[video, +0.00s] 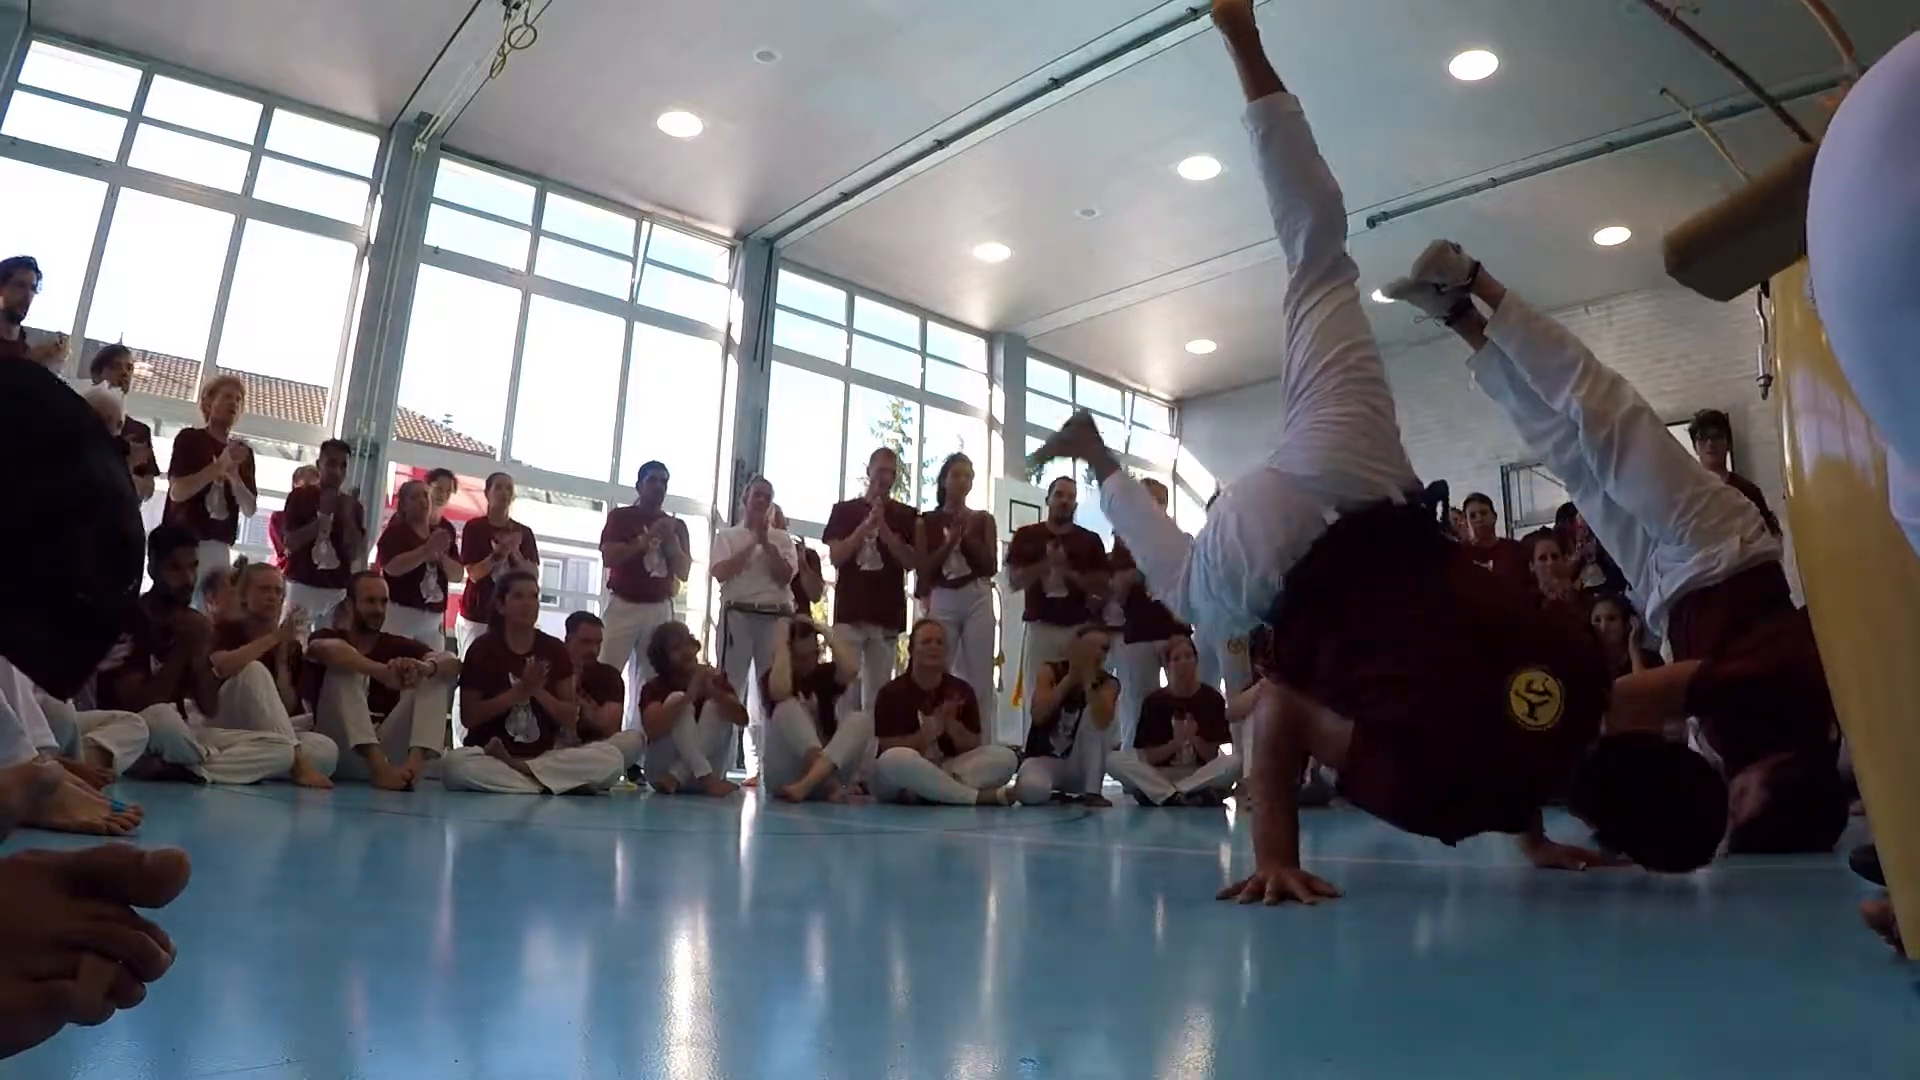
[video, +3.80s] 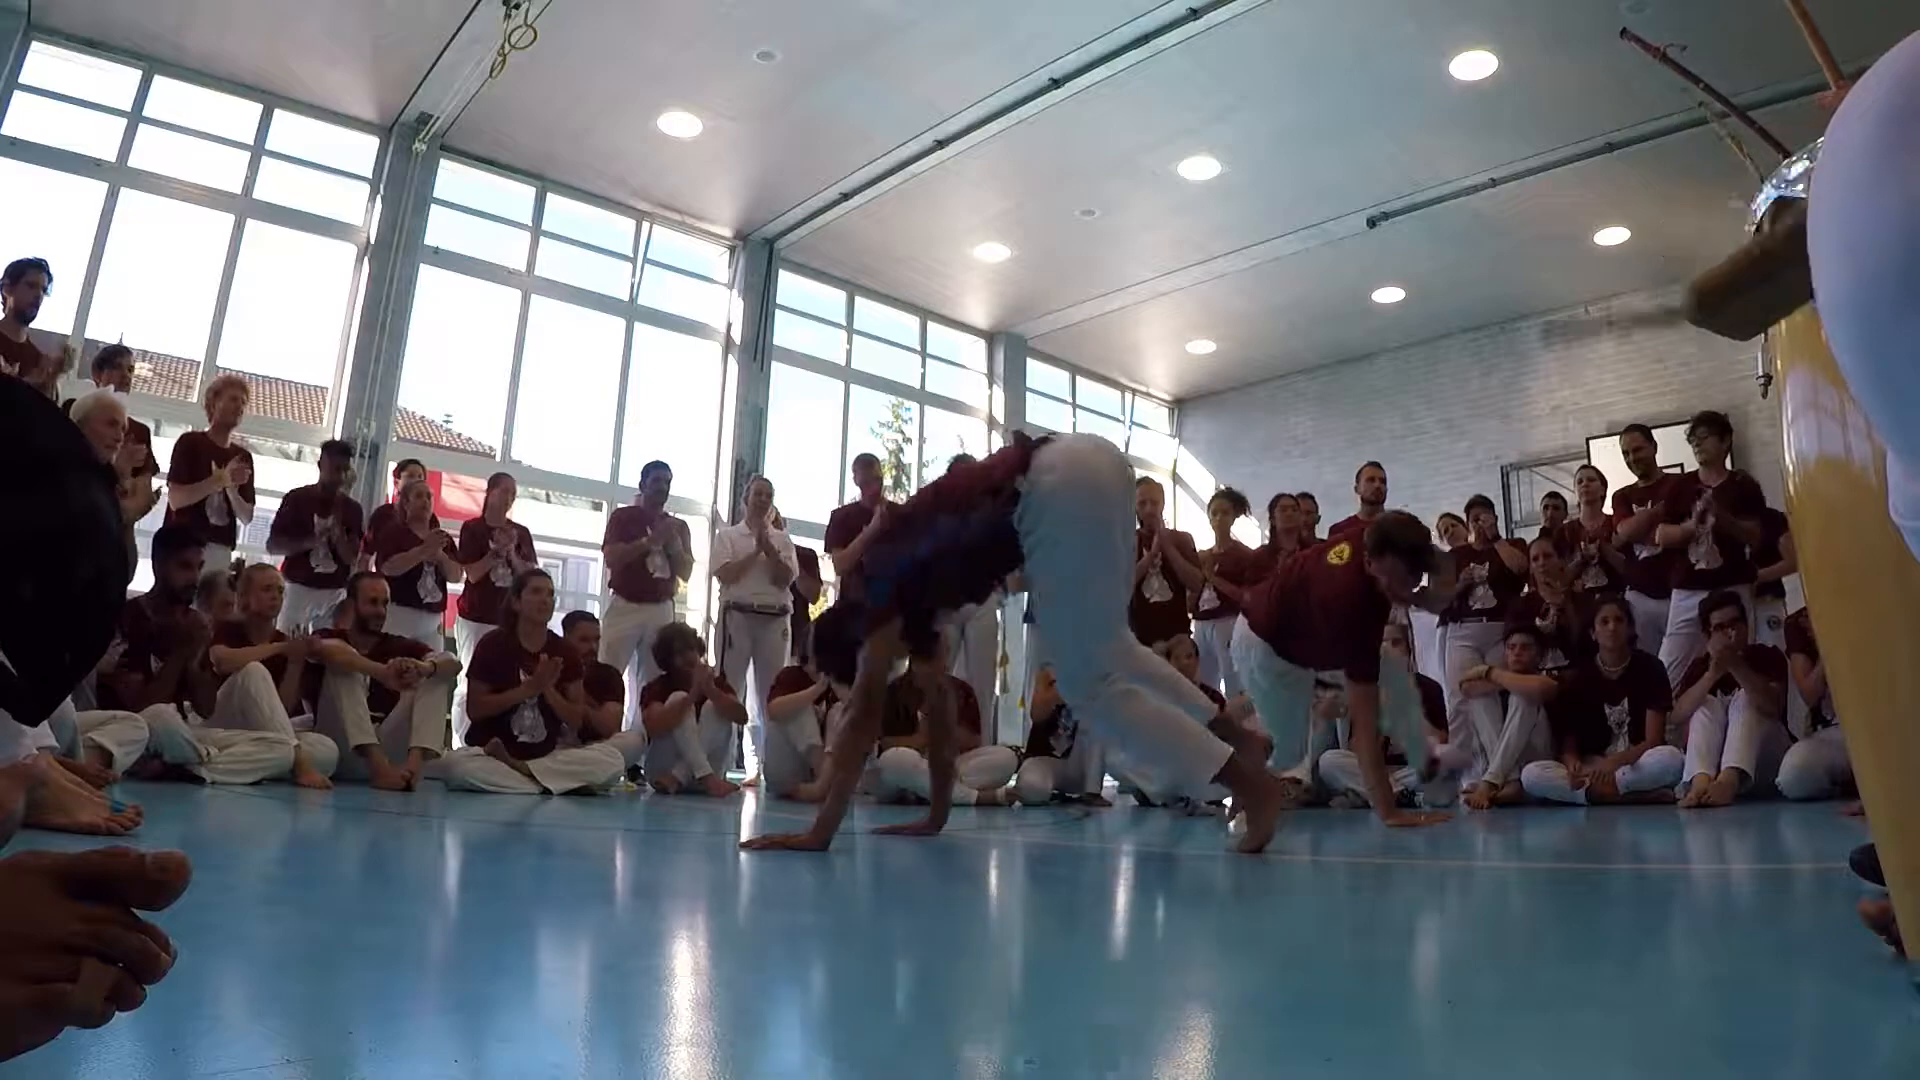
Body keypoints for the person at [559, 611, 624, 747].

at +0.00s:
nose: (593, 650)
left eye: (598, 643)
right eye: (586, 642)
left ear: (602, 644)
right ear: (567, 640)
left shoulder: (610, 675)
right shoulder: (549, 673)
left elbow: (610, 728)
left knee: (635, 738)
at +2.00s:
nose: (591, 645)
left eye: (595, 638)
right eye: (583, 638)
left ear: (599, 639)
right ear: (565, 640)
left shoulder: (609, 674)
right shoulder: (550, 674)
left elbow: (610, 728)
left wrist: (578, 690)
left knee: (634, 738)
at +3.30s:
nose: (591, 646)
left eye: (596, 639)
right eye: (583, 639)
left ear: (600, 640)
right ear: (565, 640)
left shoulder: (609, 675)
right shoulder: (550, 673)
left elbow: (610, 729)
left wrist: (578, 690)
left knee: (634, 738)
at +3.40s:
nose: (592, 646)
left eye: (596, 639)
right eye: (583, 639)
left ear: (600, 640)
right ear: (565, 640)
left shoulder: (610, 675)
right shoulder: (550, 672)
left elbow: (609, 729)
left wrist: (578, 701)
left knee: (634, 738)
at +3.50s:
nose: (592, 646)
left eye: (596, 639)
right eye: (583, 639)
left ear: (600, 640)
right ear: (566, 639)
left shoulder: (609, 675)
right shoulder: (551, 673)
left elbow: (610, 728)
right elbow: (570, 722)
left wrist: (579, 696)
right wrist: (549, 687)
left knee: (633, 738)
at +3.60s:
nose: (593, 647)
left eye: (596, 639)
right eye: (584, 640)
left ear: (600, 640)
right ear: (565, 641)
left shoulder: (610, 674)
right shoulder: (552, 674)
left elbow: (609, 728)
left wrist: (582, 696)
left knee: (634, 738)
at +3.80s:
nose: (592, 647)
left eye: (596, 640)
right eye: (584, 640)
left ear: (600, 640)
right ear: (565, 640)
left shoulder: (609, 675)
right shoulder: (549, 671)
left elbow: (609, 727)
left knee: (634, 739)